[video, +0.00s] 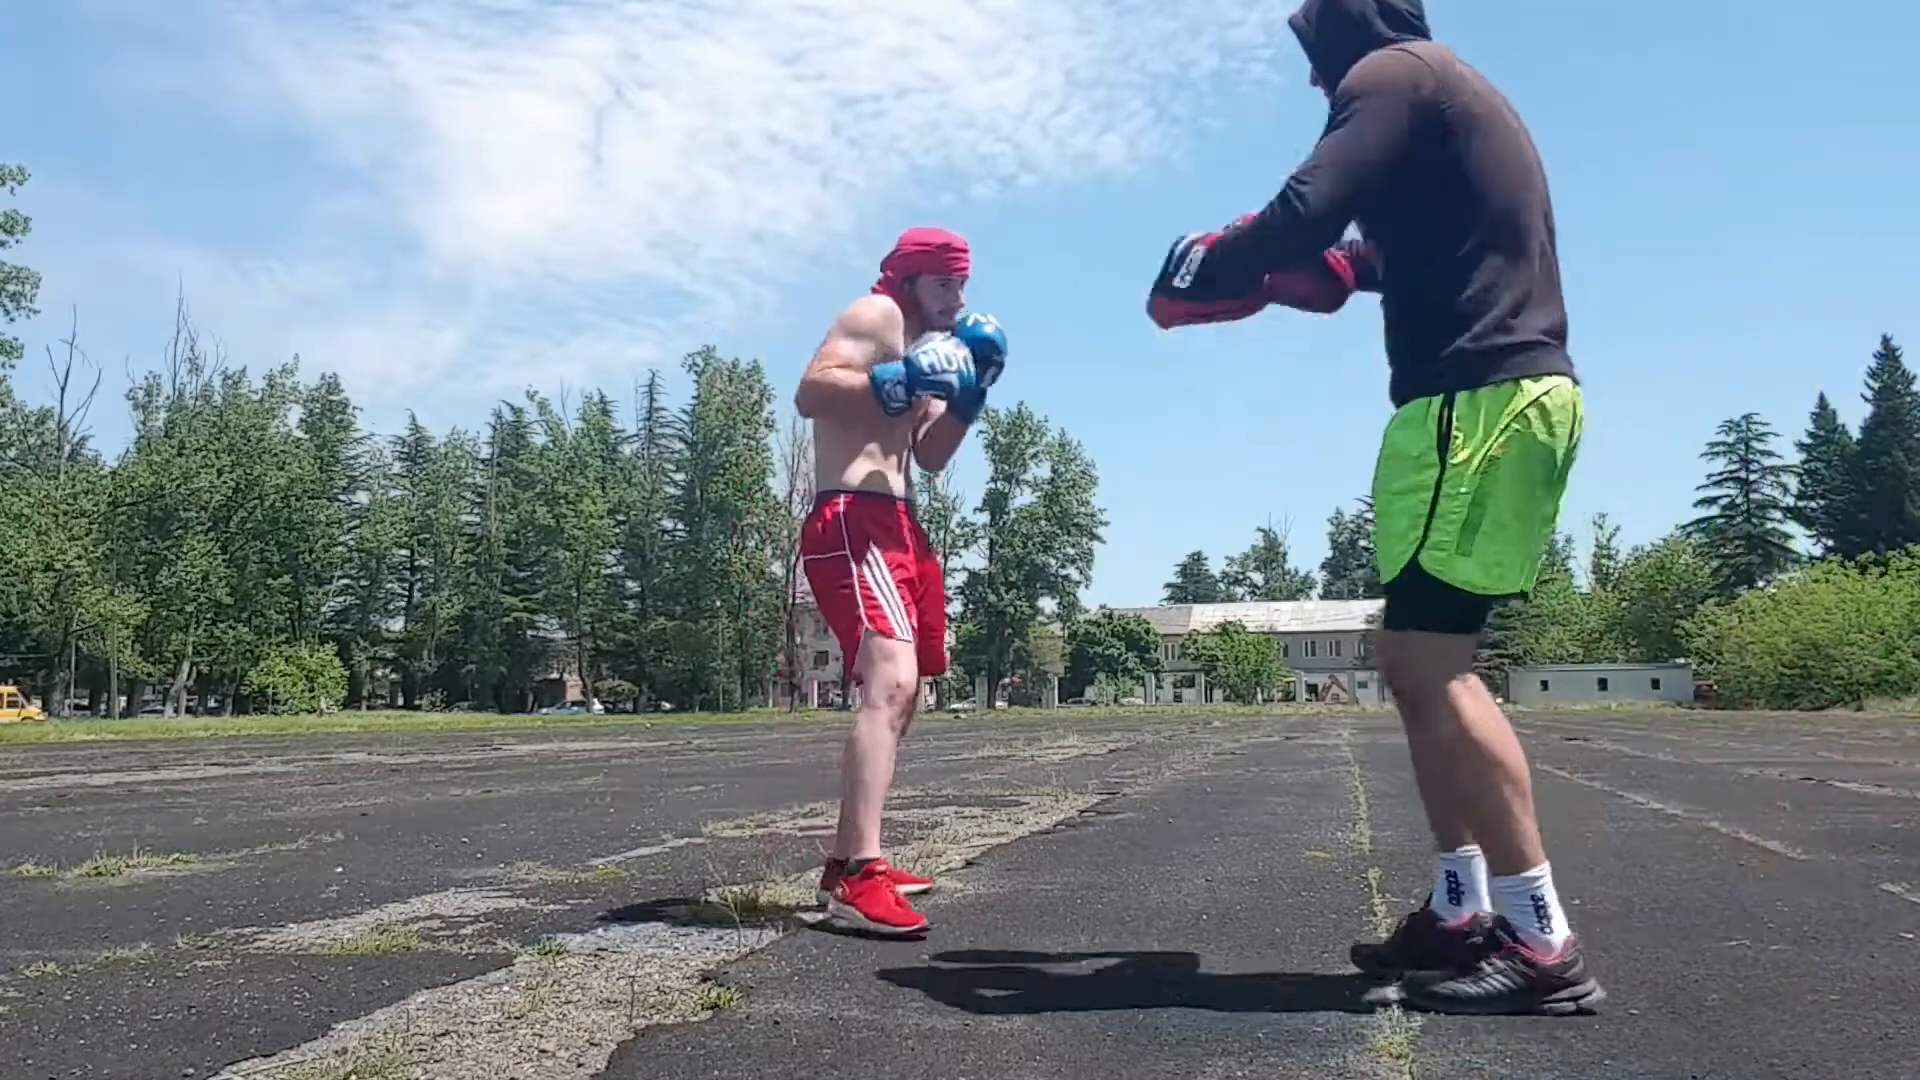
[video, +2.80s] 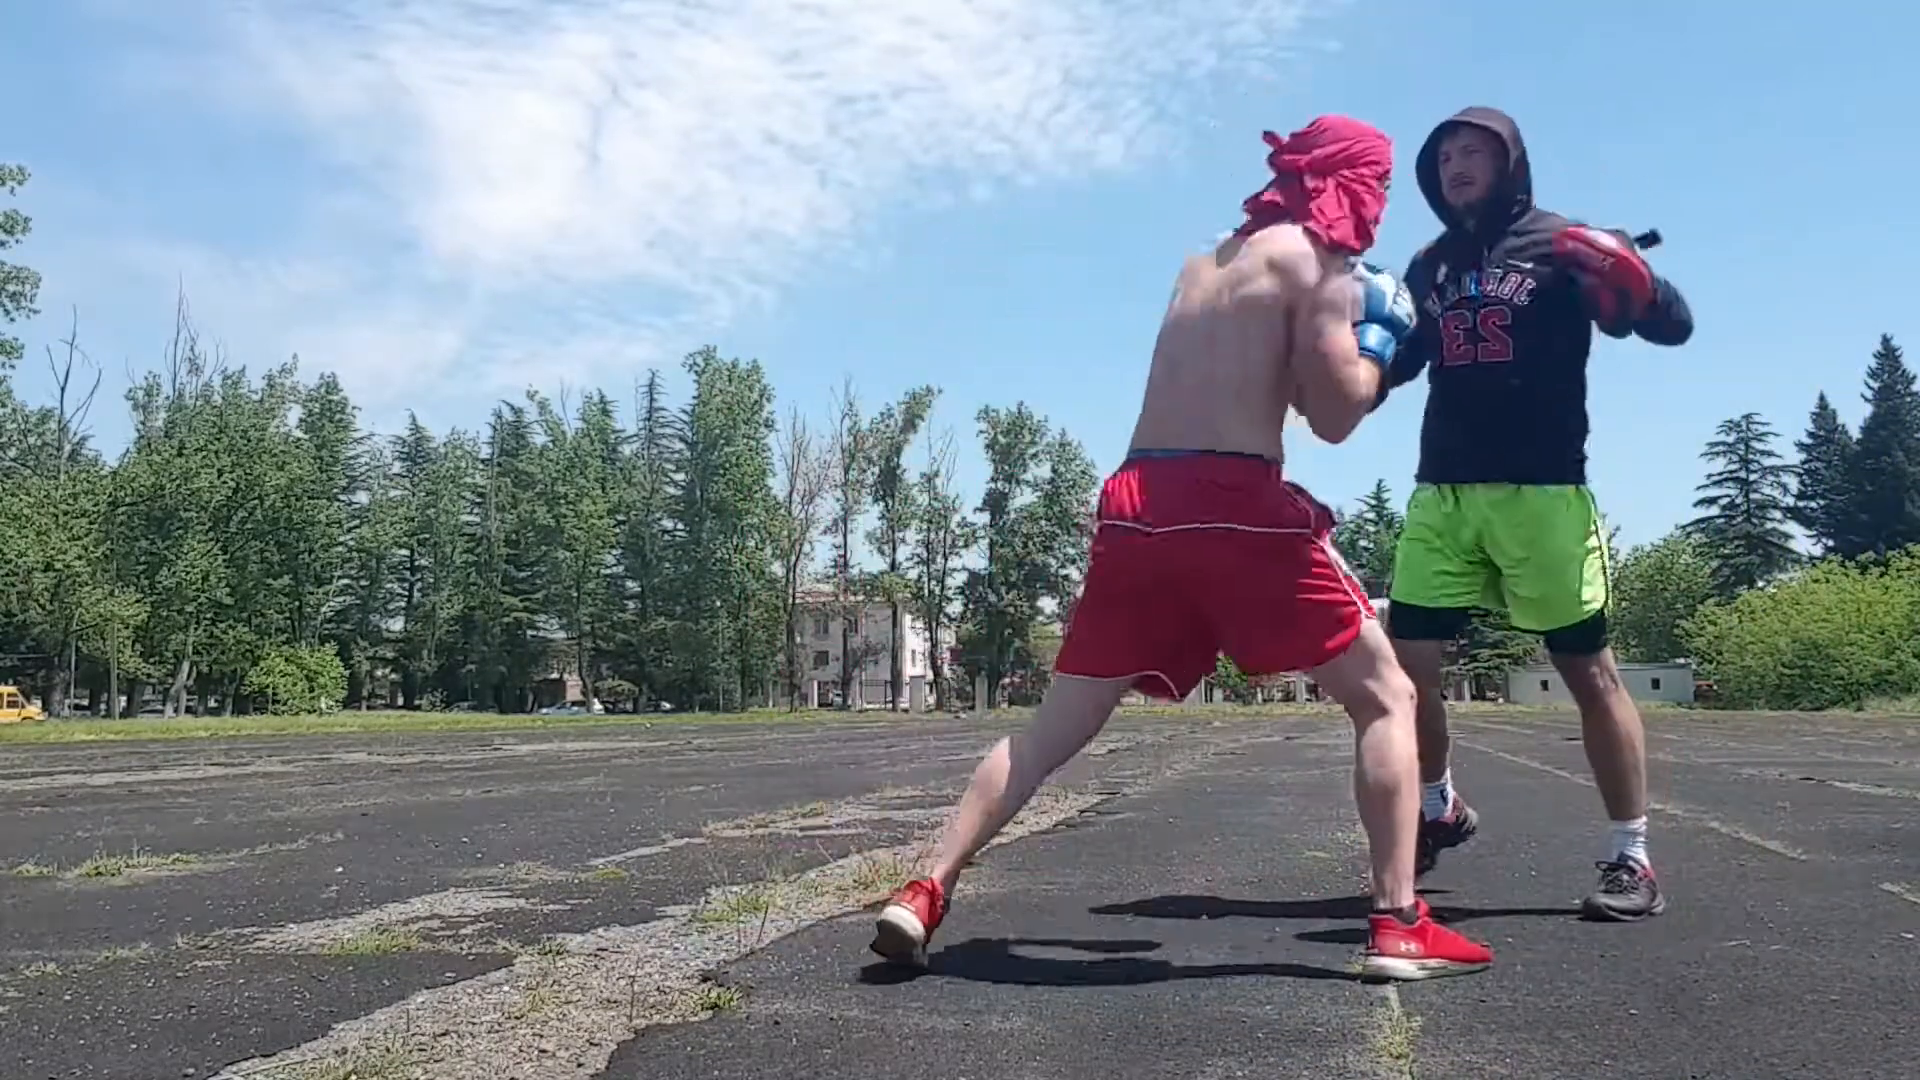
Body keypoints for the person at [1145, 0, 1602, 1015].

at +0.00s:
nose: (1315, 67)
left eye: (1314, 43)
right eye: (1310, 49)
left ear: (1350, 20)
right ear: (1402, 17)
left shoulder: (1392, 71)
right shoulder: (1461, 92)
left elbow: (1307, 211)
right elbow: (1428, 250)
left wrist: (1215, 255)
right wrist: (1329, 270)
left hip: (1475, 399)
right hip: (1512, 393)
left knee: (1436, 664)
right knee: (1415, 660)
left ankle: (1542, 942)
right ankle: (1463, 914)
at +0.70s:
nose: (1281, 126)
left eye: (1283, 107)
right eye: (1278, 113)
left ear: (1309, 93)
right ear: (1359, 80)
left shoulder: (1362, 152)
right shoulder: (1392, 149)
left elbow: (1214, 247)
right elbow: (1295, 222)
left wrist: (1125, 211)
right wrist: (1232, 185)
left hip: (1437, 445)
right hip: (1408, 445)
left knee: (1403, 674)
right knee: (1317, 646)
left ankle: (1528, 930)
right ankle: (1375, 879)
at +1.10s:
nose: (1322, 87)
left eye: (1331, 67)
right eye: (1325, 69)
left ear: (1370, 72)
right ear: (1393, 71)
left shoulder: (1433, 151)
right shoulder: (1384, 165)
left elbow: (1319, 229)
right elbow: (1319, 256)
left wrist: (1224, 168)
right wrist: (1223, 196)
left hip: (1445, 446)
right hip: (1377, 452)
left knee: (1469, 664)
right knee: (1348, 655)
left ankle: (1637, 873)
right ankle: (1387, 895)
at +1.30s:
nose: (1405, 82)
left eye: (1422, 64)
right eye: (1404, 66)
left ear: (1477, 69)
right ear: (1429, 77)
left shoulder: (1530, 156)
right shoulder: (1429, 179)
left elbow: (1425, 201)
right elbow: (1373, 266)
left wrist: (1325, 149)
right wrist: (1297, 219)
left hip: (1495, 464)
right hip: (1400, 464)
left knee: (1567, 679)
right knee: (1341, 656)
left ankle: (1665, 905)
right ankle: (1384, 891)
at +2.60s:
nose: (1454, 162)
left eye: (1474, 147)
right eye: (1448, 152)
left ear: (1518, 157)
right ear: (1445, 165)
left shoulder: (1558, 224)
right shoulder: (1448, 248)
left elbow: (1531, 254)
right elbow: (1383, 304)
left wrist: (1441, 192)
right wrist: (1320, 286)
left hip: (1545, 492)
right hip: (1452, 489)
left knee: (1593, 677)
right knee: (1386, 640)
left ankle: (1632, 860)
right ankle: (1443, 826)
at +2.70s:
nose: (1461, 154)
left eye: (1479, 142)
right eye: (1452, 145)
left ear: (1516, 159)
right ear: (1439, 166)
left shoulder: (1563, 235)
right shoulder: (1441, 257)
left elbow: (1636, 271)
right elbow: (1374, 345)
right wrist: (1323, 330)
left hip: (1544, 487)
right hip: (1451, 486)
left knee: (1589, 673)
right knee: (1389, 646)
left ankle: (1629, 856)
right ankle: (1442, 804)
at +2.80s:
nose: (1457, 167)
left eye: (1473, 152)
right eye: (1444, 158)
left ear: (1510, 163)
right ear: (1435, 179)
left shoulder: (1565, 243)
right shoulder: (1432, 267)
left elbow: (1675, 328)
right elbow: (1394, 362)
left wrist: (1632, 275)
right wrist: (1335, 369)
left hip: (1543, 490)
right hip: (1445, 490)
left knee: (1590, 674)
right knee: (1409, 660)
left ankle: (1632, 860)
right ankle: (1437, 809)